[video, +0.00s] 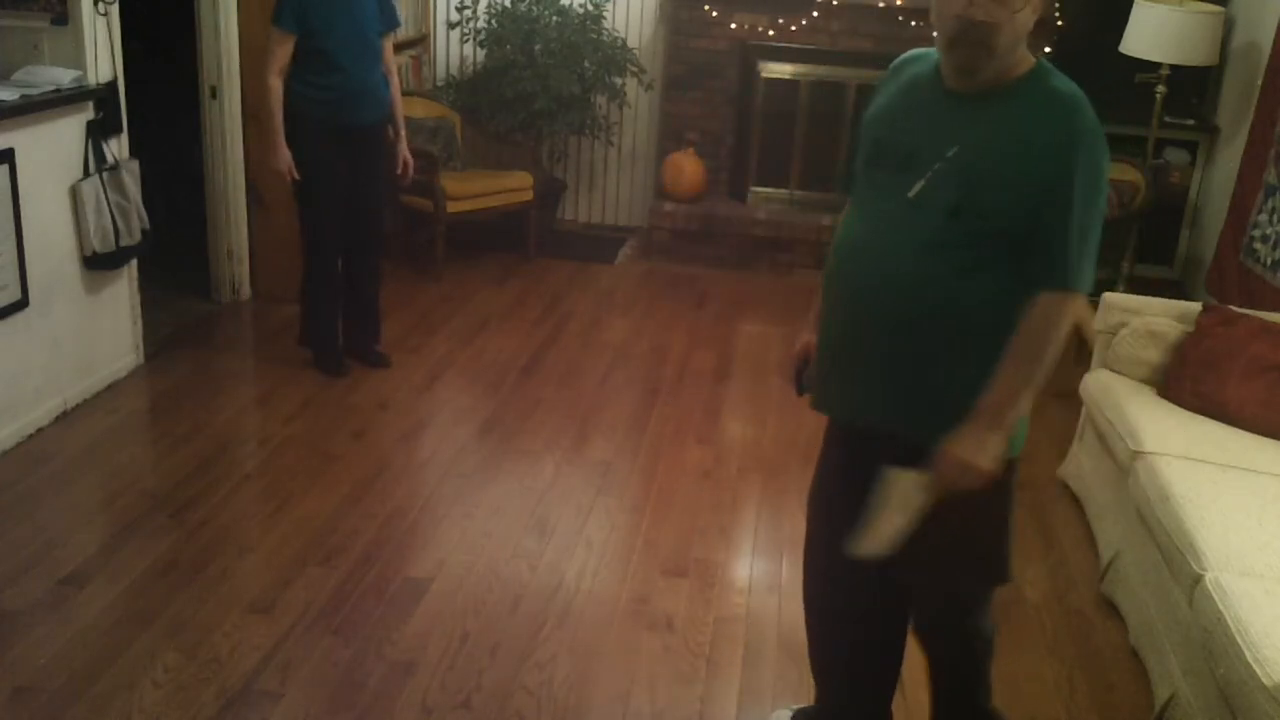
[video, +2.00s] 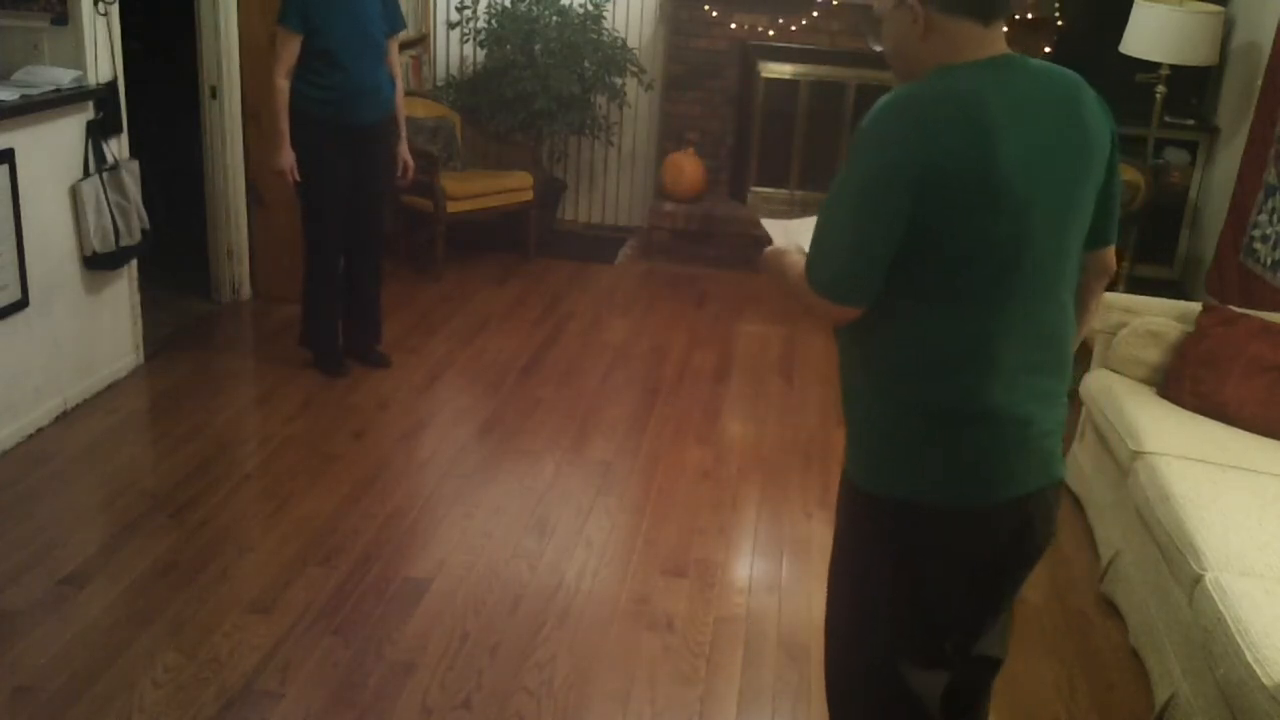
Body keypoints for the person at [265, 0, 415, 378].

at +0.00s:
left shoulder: (379, 6)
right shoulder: (296, 6)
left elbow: (389, 69)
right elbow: (274, 73)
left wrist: (400, 137)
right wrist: (279, 144)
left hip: (370, 133)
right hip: (317, 135)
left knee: (367, 240)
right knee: (322, 242)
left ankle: (363, 340)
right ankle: (323, 345)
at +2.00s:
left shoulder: (385, 6)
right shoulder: (302, 7)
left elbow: (394, 73)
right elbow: (282, 74)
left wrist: (401, 140)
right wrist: (284, 145)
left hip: (375, 132)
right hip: (320, 133)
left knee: (368, 239)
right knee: (325, 240)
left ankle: (364, 340)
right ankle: (324, 345)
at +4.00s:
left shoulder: (374, 7)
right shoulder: (291, 8)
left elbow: (390, 79)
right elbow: (264, 85)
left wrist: (408, 146)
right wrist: (278, 155)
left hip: (365, 143)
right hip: (308, 145)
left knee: (363, 250)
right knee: (311, 252)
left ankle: (355, 349)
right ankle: (286, 350)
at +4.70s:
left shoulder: (422, 7)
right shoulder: (347, 9)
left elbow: (429, 78)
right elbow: (324, 85)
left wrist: (435, 146)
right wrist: (337, 164)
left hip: (411, 144)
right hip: (365, 144)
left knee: (407, 254)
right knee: (369, 253)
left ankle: (398, 361)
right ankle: (325, 337)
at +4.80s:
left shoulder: (436, 8)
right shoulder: (357, 9)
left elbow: (449, 81)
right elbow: (332, 86)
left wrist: (468, 152)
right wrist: (336, 166)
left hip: (420, 145)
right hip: (371, 145)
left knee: (416, 250)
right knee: (397, 251)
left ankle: (399, 359)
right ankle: (372, 356)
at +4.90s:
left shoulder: (451, 10)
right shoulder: (373, 10)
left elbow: (469, 87)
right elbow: (339, 90)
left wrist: (493, 158)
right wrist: (335, 166)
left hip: (431, 148)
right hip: (379, 149)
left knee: (419, 260)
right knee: (413, 262)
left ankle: (395, 360)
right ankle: (421, 385)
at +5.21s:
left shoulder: (501, 19)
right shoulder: (421, 18)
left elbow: (517, 92)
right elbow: (383, 101)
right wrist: (372, 175)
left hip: (478, 163)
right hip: (422, 163)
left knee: (452, 267)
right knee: (456, 275)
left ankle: (406, 349)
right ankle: (482, 404)